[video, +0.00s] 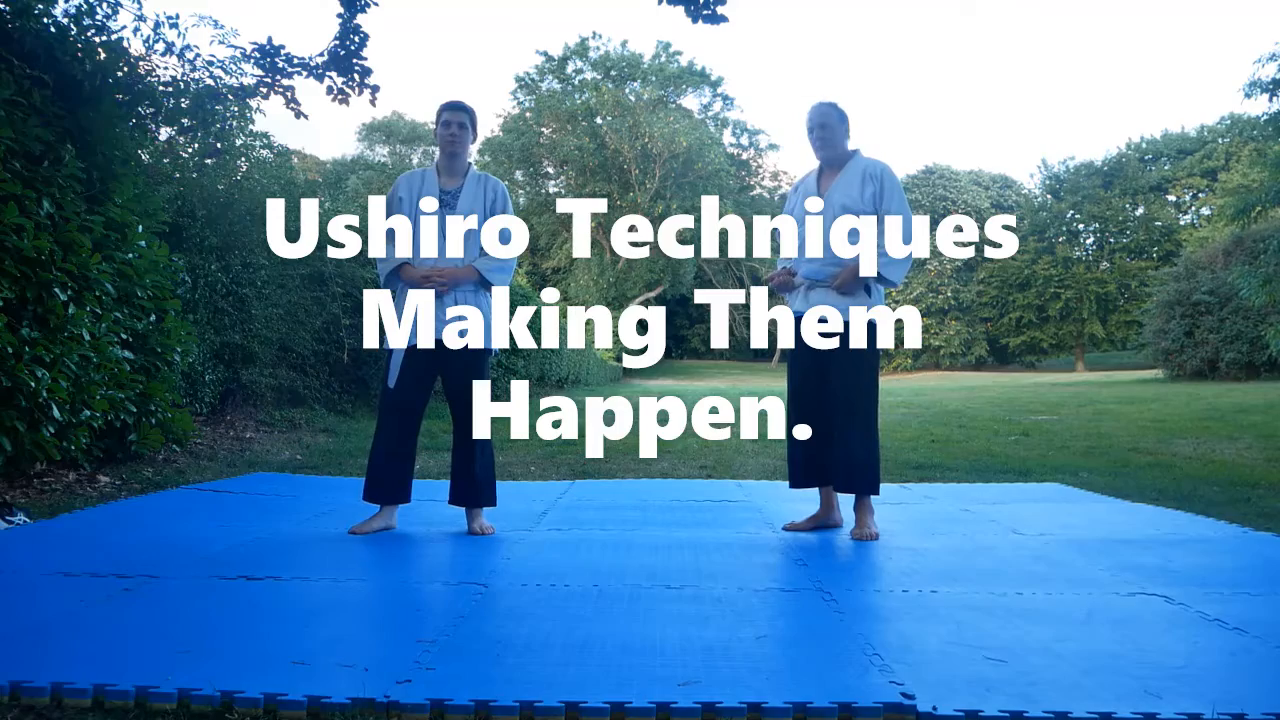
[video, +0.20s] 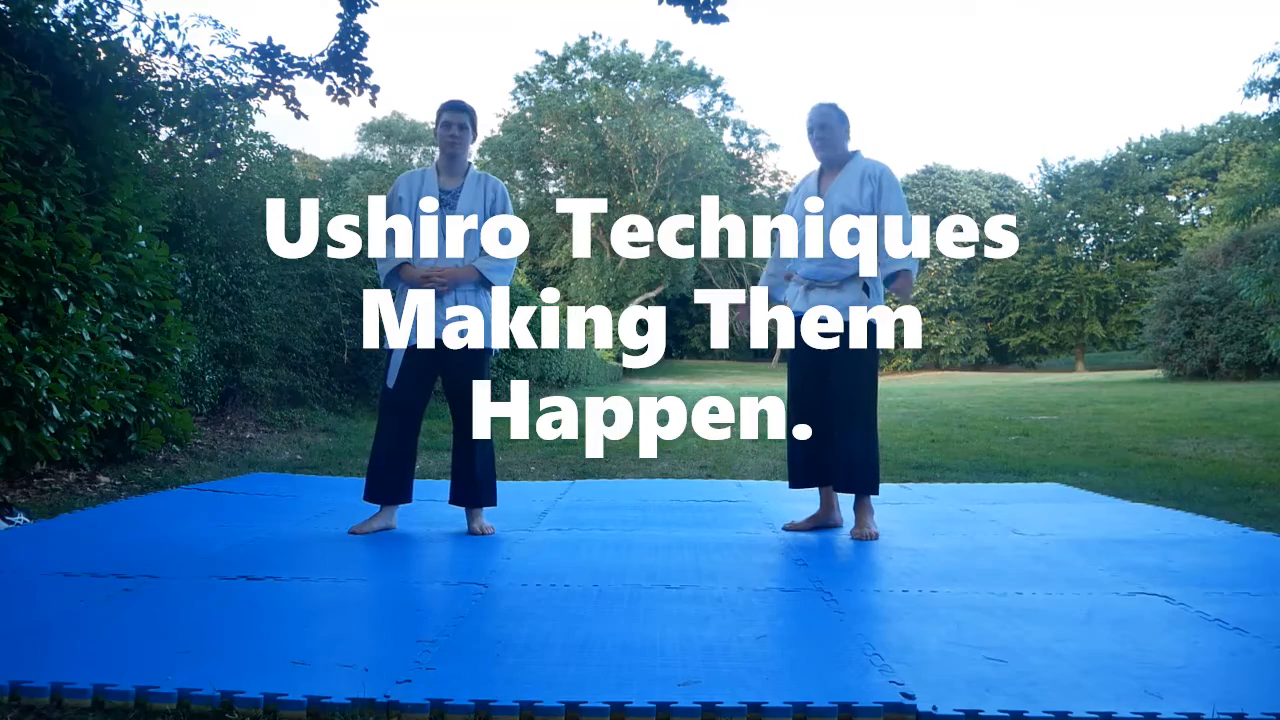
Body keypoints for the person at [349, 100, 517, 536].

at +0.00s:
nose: (452, 132)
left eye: (461, 127)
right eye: (446, 125)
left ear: (474, 138)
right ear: (434, 133)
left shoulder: (493, 190)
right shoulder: (406, 185)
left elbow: (504, 258)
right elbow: (388, 253)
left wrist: (456, 274)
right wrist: (416, 275)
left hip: (470, 320)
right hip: (413, 318)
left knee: (472, 414)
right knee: (398, 411)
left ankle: (475, 513)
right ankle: (387, 510)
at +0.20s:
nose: (453, 133)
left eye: (461, 128)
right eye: (447, 126)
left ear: (474, 138)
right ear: (435, 133)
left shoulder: (492, 190)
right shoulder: (406, 185)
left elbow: (503, 258)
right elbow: (389, 255)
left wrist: (455, 274)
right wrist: (419, 277)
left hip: (470, 322)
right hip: (414, 320)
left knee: (472, 415)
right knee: (398, 411)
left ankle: (475, 512)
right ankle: (387, 510)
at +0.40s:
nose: (454, 136)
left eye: (462, 130)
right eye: (448, 128)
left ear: (474, 139)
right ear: (435, 133)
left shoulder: (492, 190)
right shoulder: (406, 185)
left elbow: (503, 259)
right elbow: (389, 256)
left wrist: (452, 274)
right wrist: (422, 277)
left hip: (470, 322)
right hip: (414, 320)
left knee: (472, 415)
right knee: (398, 411)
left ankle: (475, 512)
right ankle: (387, 510)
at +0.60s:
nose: (455, 137)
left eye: (463, 131)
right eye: (448, 129)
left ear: (474, 139)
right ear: (435, 133)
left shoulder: (492, 190)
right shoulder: (406, 185)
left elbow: (504, 258)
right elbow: (388, 252)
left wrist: (459, 273)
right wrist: (415, 275)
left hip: (470, 321)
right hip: (414, 319)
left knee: (472, 415)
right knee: (398, 411)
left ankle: (475, 513)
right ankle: (387, 510)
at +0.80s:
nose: (455, 137)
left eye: (464, 131)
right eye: (449, 129)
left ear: (475, 139)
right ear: (435, 134)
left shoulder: (492, 190)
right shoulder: (406, 186)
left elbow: (504, 258)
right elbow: (388, 254)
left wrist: (459, 273)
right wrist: (419, 276)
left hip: (470, 322)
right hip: (414, 319)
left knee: (473, 415)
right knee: (398, 411)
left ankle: (475, 513)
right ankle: (387, 510)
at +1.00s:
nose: (456, 137)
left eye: (464, 131)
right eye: (449, 129)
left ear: (475, 139)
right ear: (435, 133)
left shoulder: (492, 190)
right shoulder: (406, 186)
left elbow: (504, 259)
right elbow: (389, 256)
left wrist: (457, 274)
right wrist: (421, 277)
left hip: (470, 322)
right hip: (414, 320)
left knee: (473, 415)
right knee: (399, 411)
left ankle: (475, 512)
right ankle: (387, 510)